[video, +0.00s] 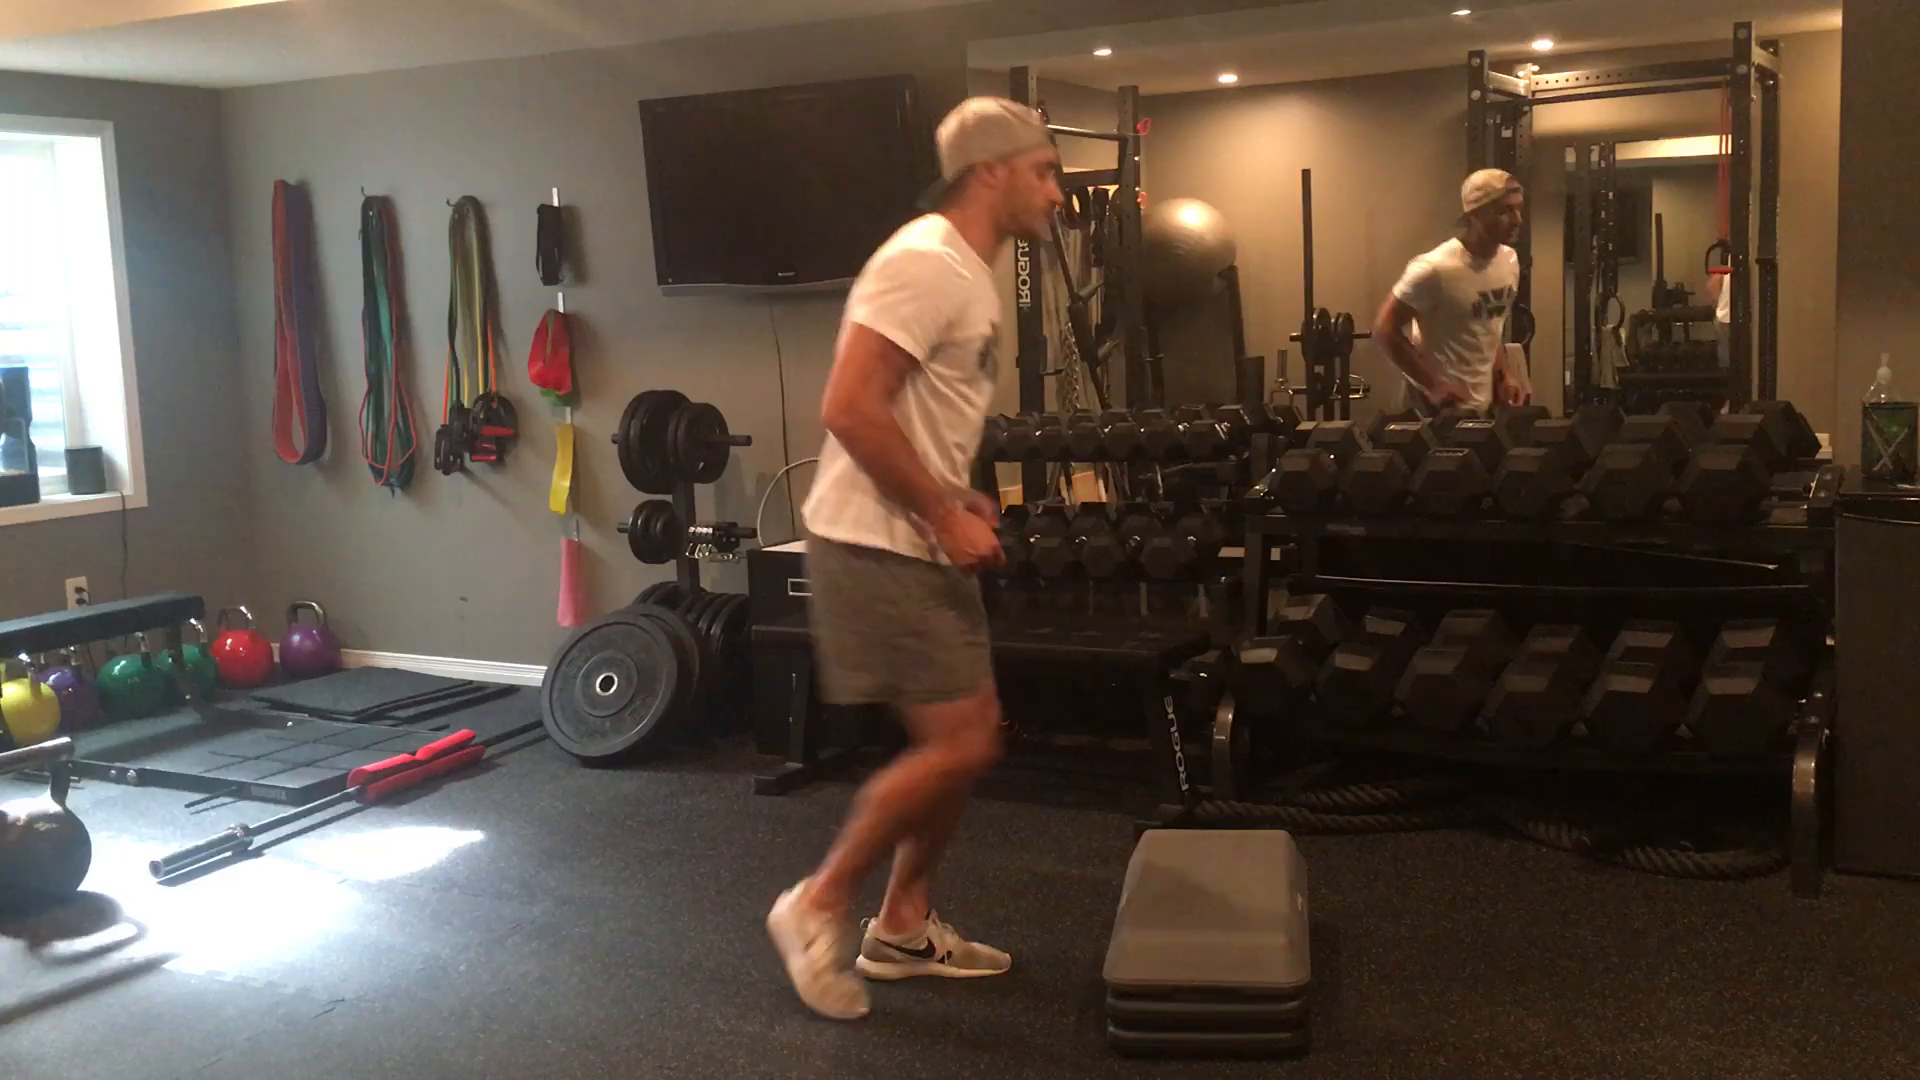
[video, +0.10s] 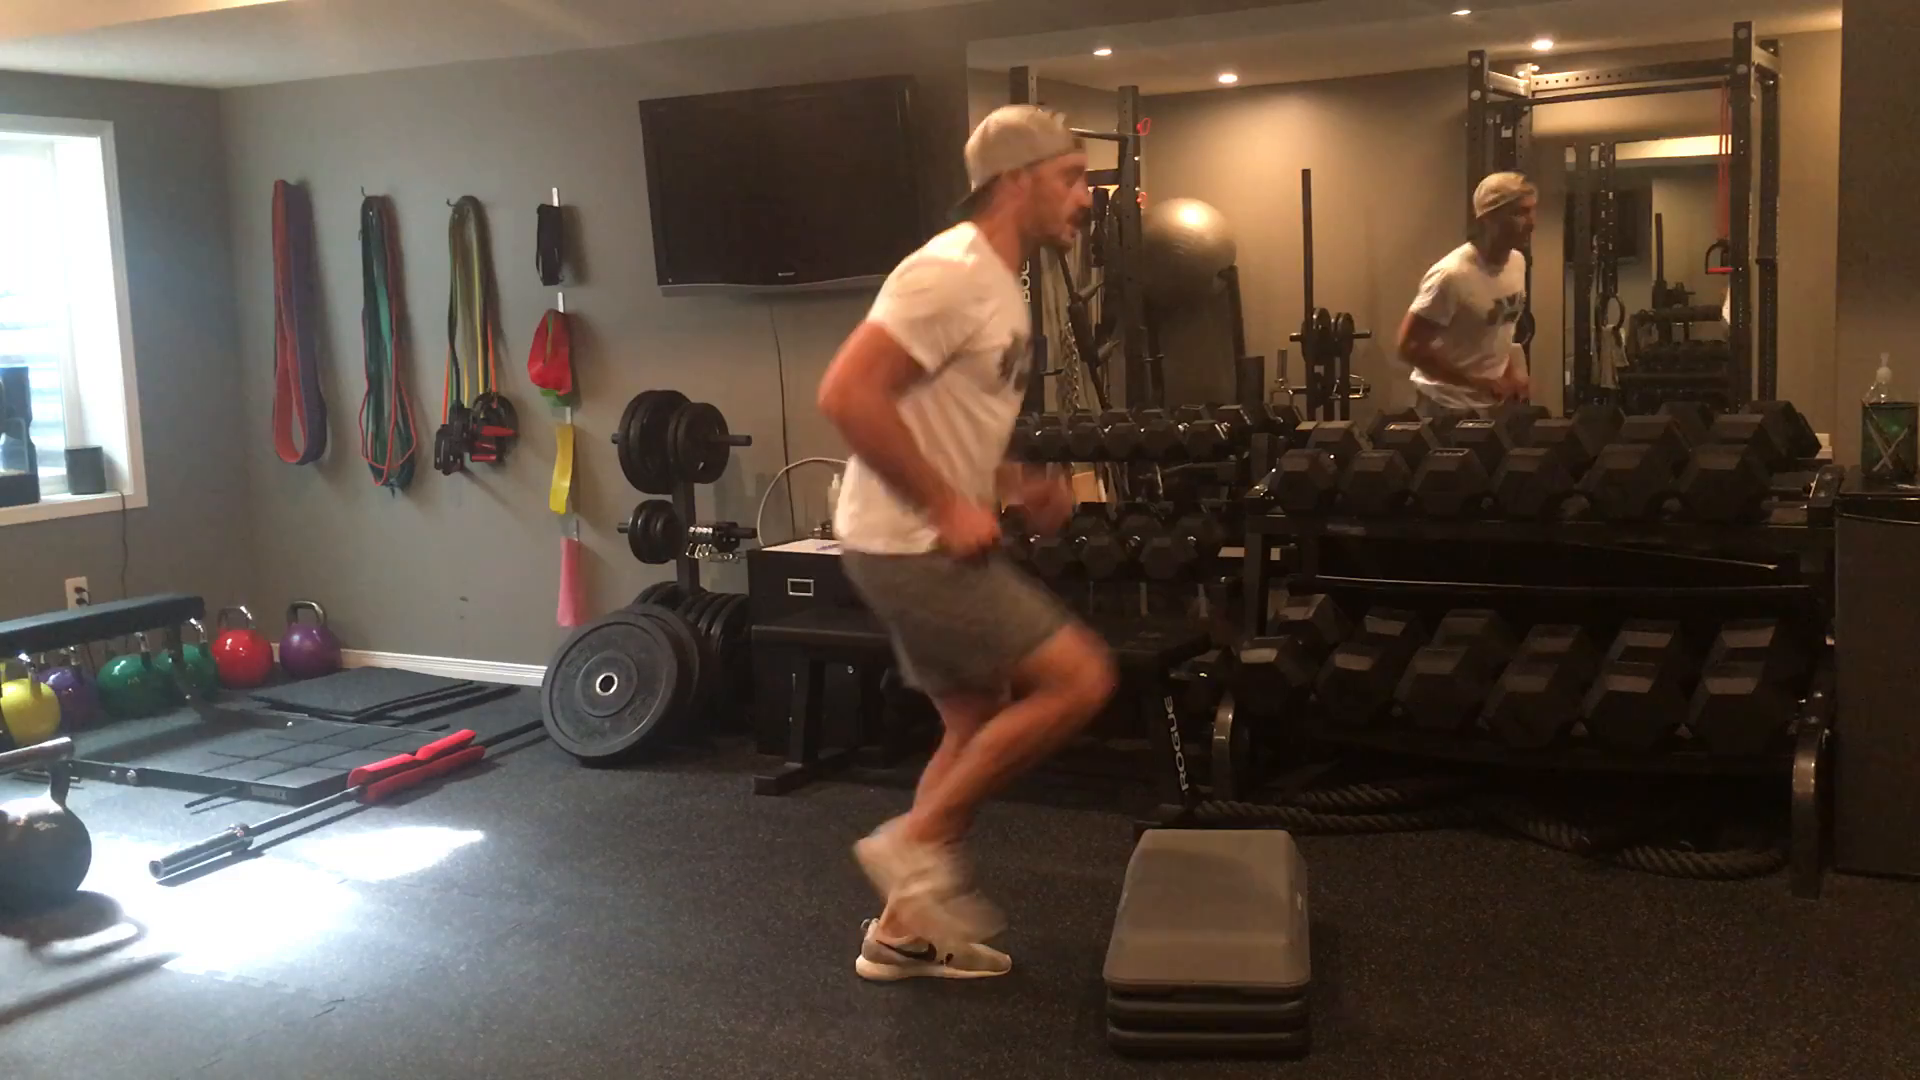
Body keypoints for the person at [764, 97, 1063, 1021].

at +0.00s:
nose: (1056, 192)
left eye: (1054, 174)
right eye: (1044, 173)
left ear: (995, 179)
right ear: (990, 176)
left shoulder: (970, 270)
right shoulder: (924, 261)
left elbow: (913, 413)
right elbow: (851, 405)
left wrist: (958, 498)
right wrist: (947, 512)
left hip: (918, 541)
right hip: (876, 542)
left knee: (959, 736)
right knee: (963, 737)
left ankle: (902, 926)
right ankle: (815, 905)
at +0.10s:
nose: (1086, 197)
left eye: (1085, 180)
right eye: (1073, 179)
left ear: (1021, 188)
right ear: (1018, 184)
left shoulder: (998, 284)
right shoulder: (951, 271)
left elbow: (944, 423)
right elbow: (848, 389)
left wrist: (1020, 481)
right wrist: (942, 501)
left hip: (927, 539)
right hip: (903, 541)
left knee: (973, 724)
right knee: (1079, 676)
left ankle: (906, 925)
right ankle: (914, 839)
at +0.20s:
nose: (1111, 131)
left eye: (1109, 113)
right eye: (1097, 112)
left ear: (1047, 127)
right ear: (1043, 125)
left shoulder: (1035, 228)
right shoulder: (973, 215)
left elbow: (967, 331)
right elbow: (859, 325)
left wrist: (1055, 361)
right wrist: (963, 425)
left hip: (951, 490)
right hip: (943, 494)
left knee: (962, 689)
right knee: (1133, 604)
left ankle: (915, 904)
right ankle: (1050, 817)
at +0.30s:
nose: (1137, 83)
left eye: (1134, 64)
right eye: (1120, 65)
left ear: (1072, 83)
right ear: (1062, 81)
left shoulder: (1057, 183)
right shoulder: (1003, 175)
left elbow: (1001, 296)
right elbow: (908, 303)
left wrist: (1081, 324)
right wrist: (1024, 396)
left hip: (976, 449)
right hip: (989, 450)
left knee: (1034, 642)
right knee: (1152, 606)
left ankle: (945, 853)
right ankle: (1114, 839)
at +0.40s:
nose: (1153, 74)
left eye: (1149, 56)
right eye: (1136, 55)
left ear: (1081, 74)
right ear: (1078, 71)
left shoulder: (1070, 172)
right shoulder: (1036, 174)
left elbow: (1016, 323)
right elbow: (974, 330)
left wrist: (1102, 375)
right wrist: (1097, 393)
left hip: (1040, 448)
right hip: (1024, 456)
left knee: (1124, 627)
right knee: (1161, 629)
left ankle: (993, 796)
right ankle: (1113, 853)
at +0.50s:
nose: (1170, 52)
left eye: (1168, 32)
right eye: (1154, 30)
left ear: (1102, 46)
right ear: (1093, 42)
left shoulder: (1090, 145)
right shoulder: (1053, 140)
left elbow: (1044, 297)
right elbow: (1008, 300)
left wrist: (1123, 361)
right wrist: (1130, 360)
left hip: (1061, 418)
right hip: (1027, 427)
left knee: (1164, 578)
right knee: (1143, 614)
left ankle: (1074, 795)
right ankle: (1111, 848)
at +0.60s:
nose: (1182, 34)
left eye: (1178, 16)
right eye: (1166, 14)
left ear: (1119, 26)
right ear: (1111, 23)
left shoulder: (1106, 129)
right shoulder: (1056, 119)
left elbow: (1046, 271)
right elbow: (988, 267)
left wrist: (1127, 322)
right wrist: (1116, 340)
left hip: (1054, 402)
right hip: (1024, 406)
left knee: (1135, 604)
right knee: (1138, 603)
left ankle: (1120, 815)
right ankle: (1097, 836)